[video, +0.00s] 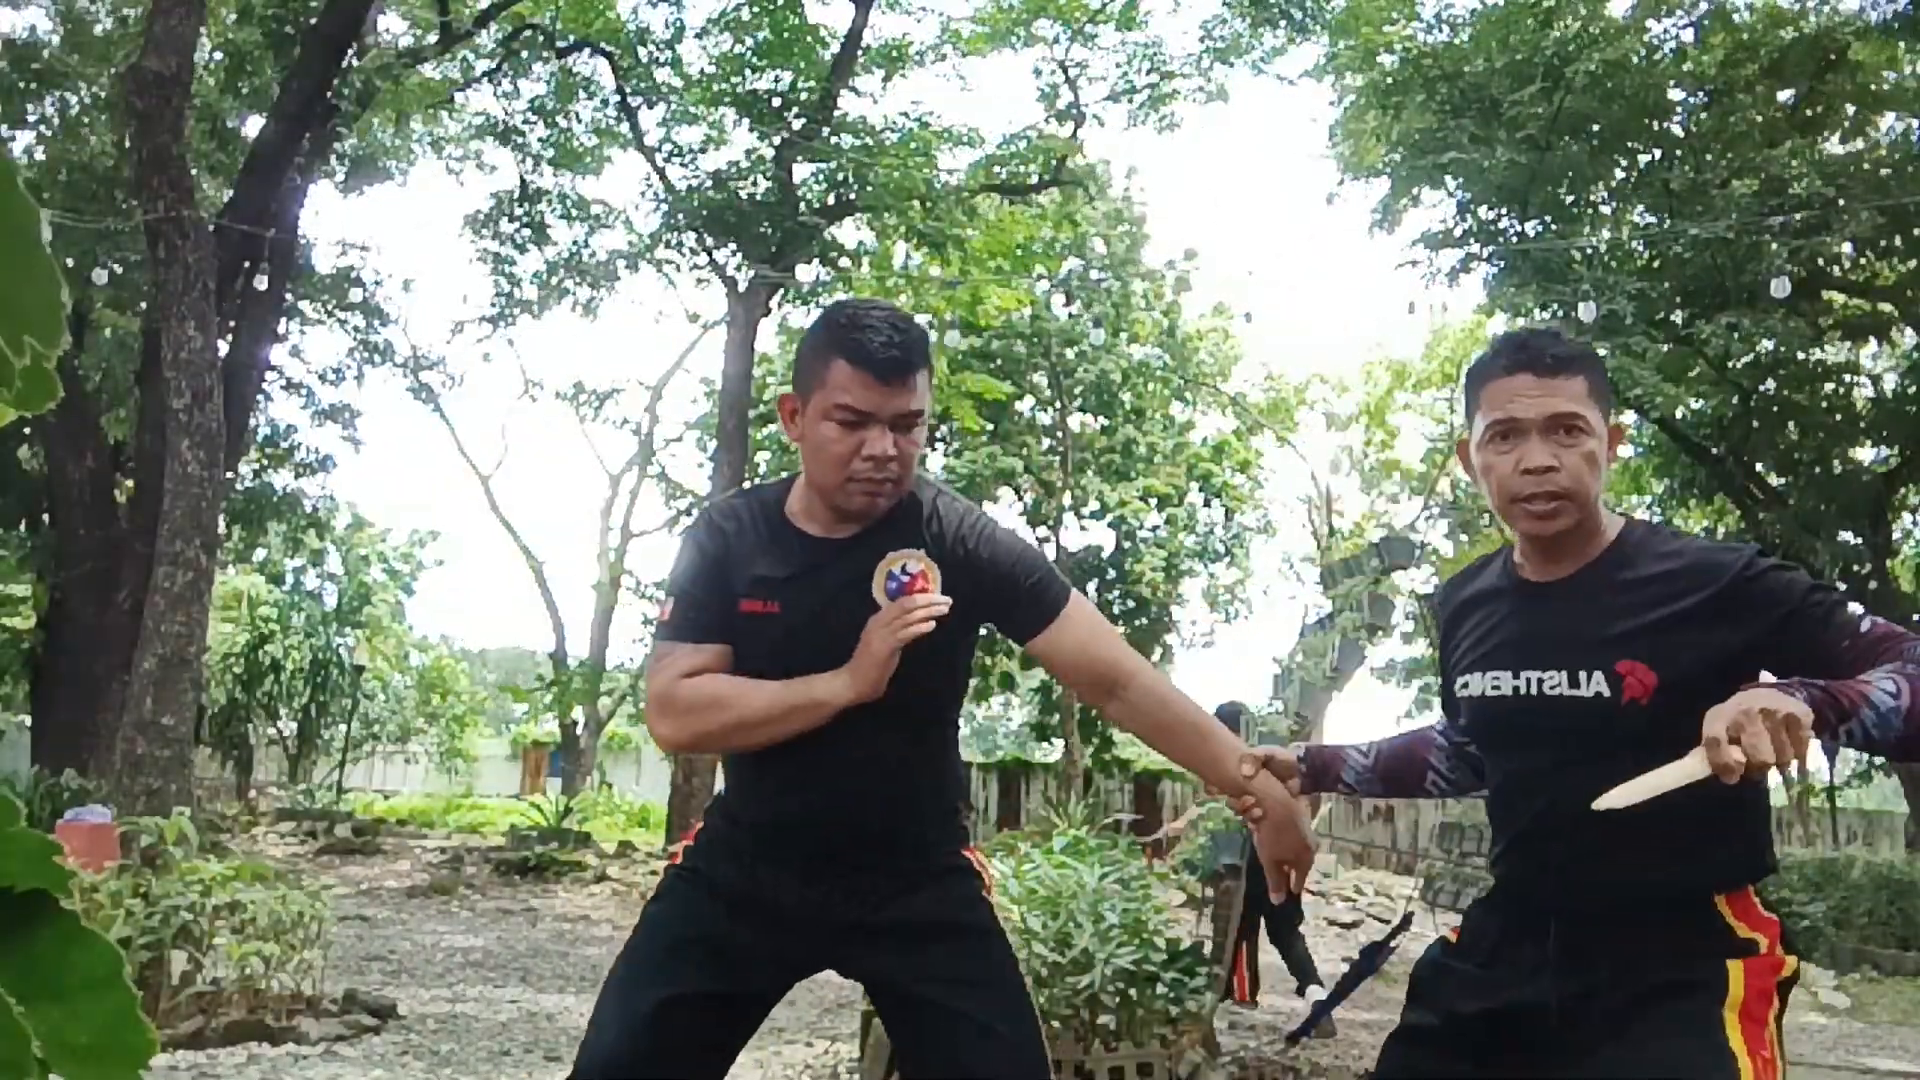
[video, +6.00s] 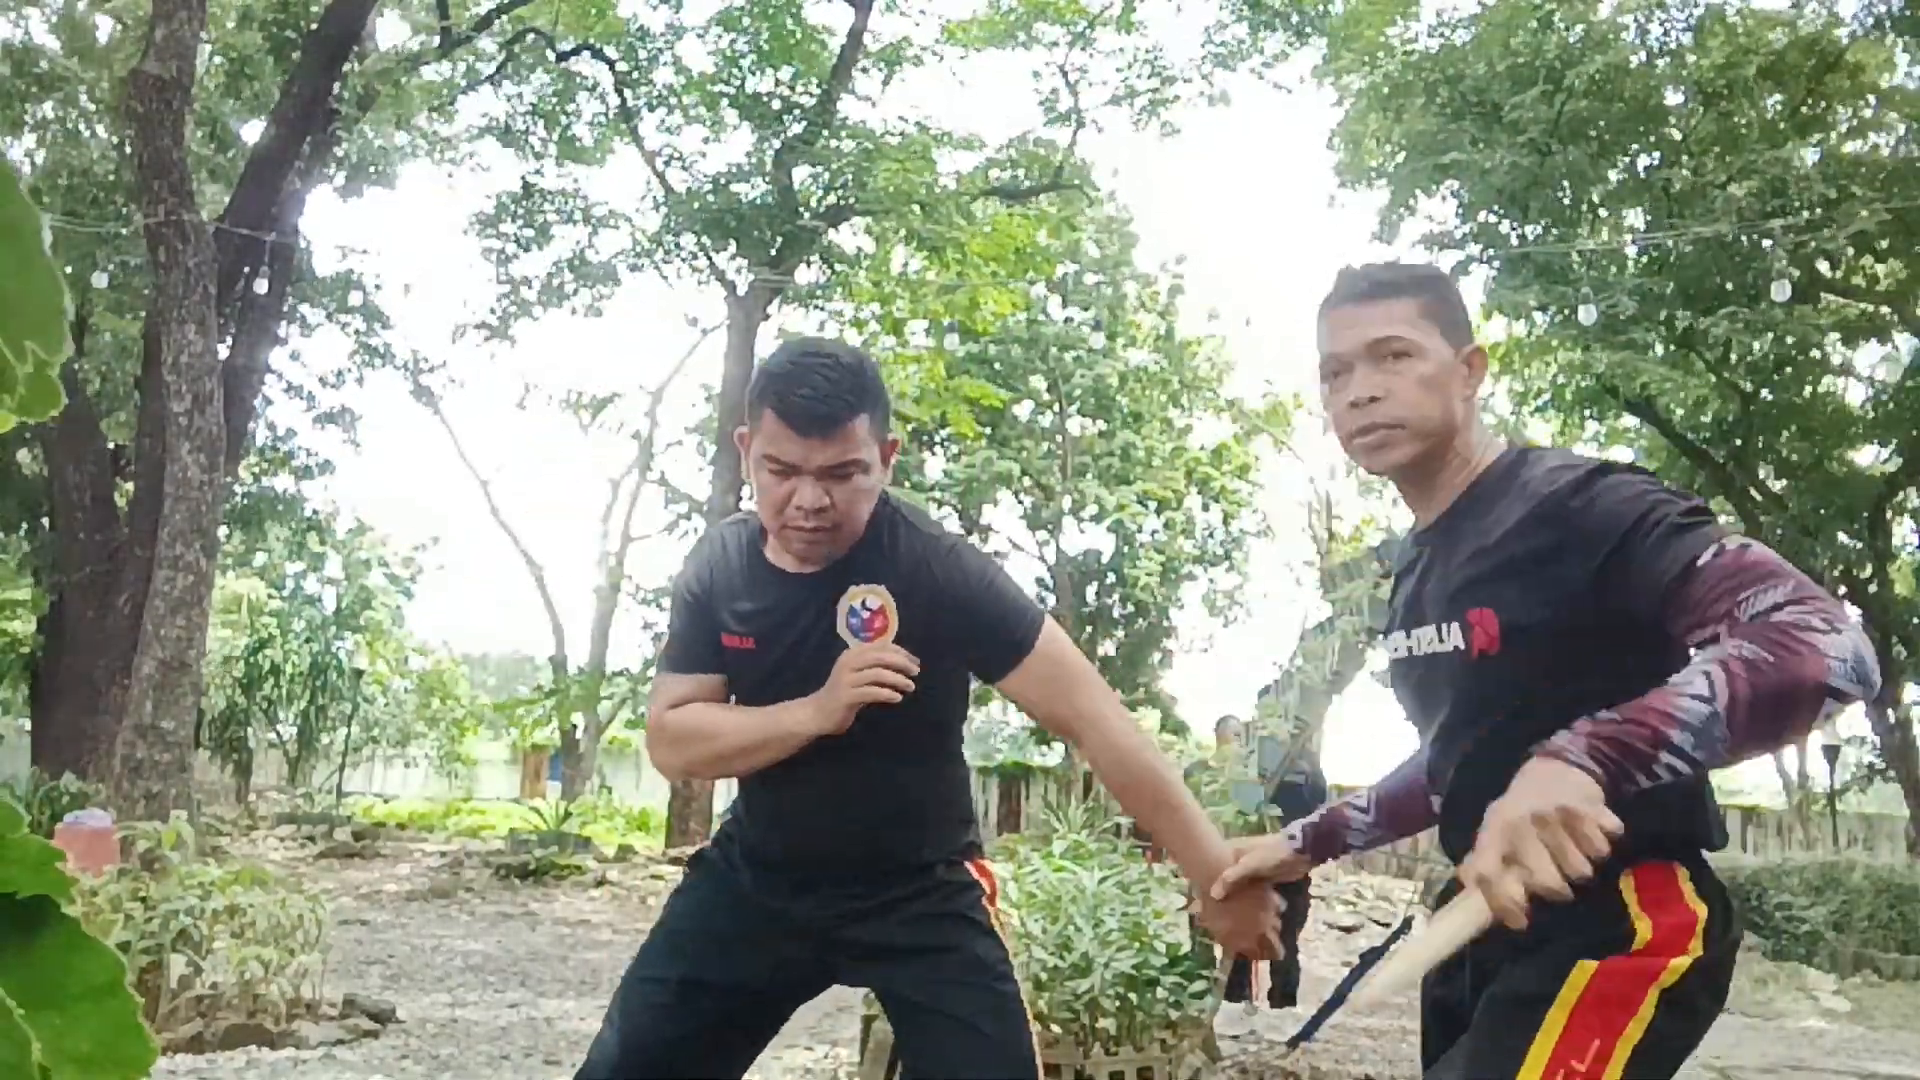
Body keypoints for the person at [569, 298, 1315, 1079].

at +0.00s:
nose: (883, 450)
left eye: (905, 425)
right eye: (853, 422)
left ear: (927, 422)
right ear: (793, 417)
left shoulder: (965, 548)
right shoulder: (726, 538)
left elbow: (1117, 680)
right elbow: (673, 715)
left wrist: (1258, 788)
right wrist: (842, 684)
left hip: (919, 885)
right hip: (747, 872)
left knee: (1005, 1070)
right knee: (616, 1064)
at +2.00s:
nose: (973, 786)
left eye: (988, 773)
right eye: (985, 764)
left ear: (949, 722)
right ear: (953, 721)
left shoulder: (854, 795)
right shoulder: (844, 716)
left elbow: (795, 914)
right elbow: (688, 772)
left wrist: (806, 1050)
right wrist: (676, 929)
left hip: (665, 853)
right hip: (584, 822)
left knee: (728, 1025)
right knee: (621, 1037)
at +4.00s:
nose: (1113, 496)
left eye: (1123, 475)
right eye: (1095, 469)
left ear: (1127, 474)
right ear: (1008, 453)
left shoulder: (1113, 548)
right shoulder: (891, 558)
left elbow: (1286, 503)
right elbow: (869, 744)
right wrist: (1053, 723)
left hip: (969, 900)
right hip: (805, 891)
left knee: (1067, 1065)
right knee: (678, 1066)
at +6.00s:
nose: (810, 500)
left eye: (841, 472)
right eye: (783, 470)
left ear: (885, 455)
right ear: (747, 450)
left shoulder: (941, 575)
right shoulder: (717, 568)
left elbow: (1092, 716)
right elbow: (671, 745)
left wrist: (1216, 878)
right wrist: (812, 713)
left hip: (921, 895)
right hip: (754, 884)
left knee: (991, 1072)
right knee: (621, 1069)